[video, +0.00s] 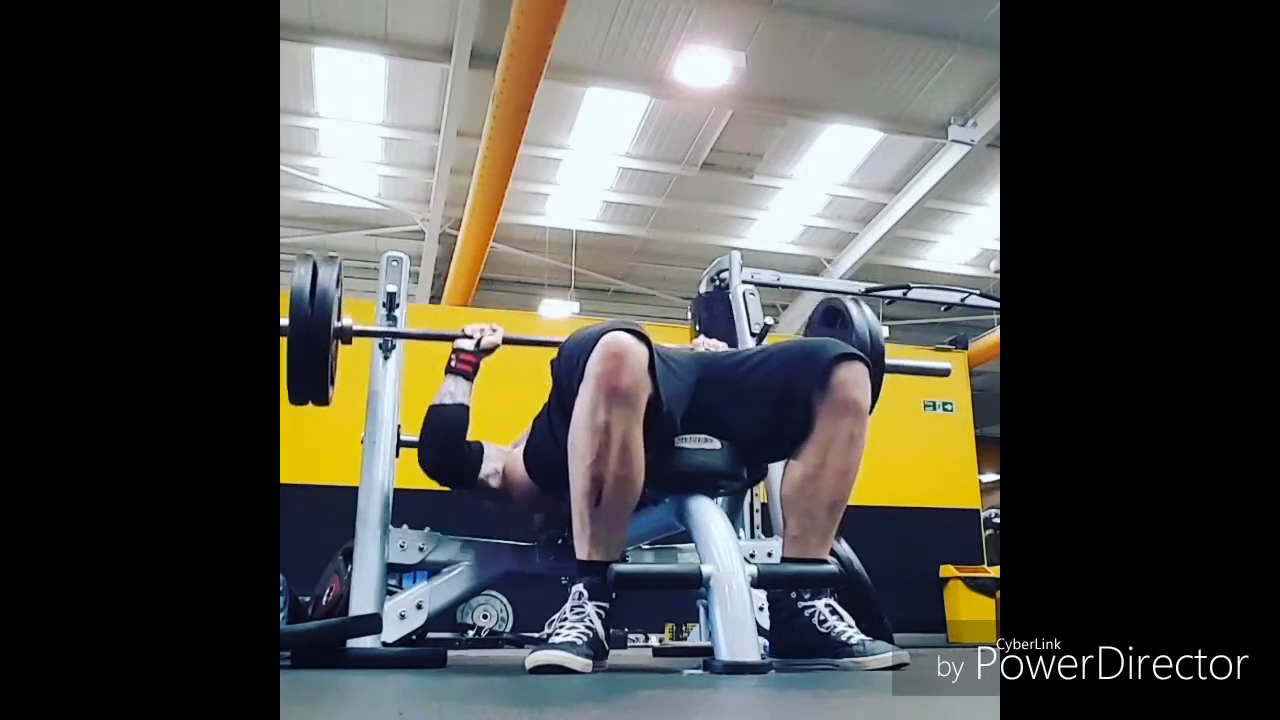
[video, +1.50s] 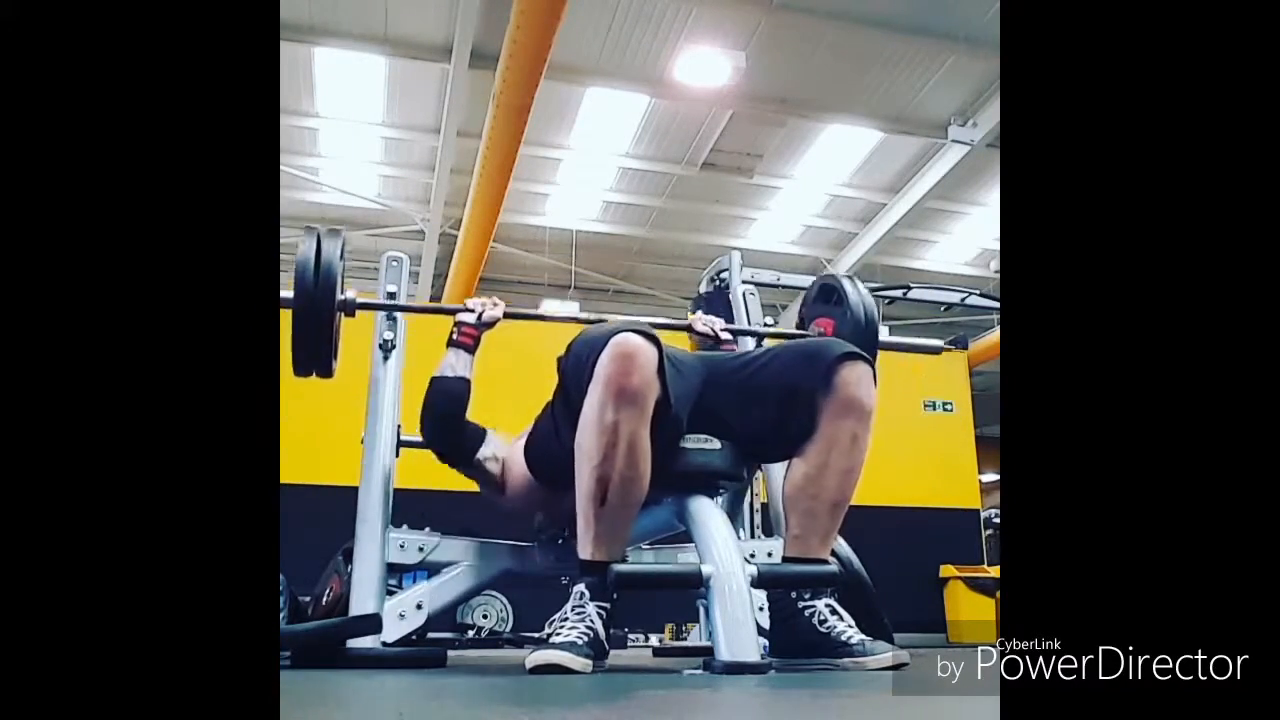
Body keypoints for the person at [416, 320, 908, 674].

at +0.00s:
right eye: (489, 476)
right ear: (499, 481)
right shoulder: (518, 472)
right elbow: (441, 452)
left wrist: (728, 356)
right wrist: (464, 361)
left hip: (701, 375)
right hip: (623, 358)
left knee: (845, 374)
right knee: (617, 355)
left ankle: (801, 607)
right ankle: (587, 604)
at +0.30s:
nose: (494, 437)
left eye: (496, 439)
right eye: (489, 447)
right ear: (496, 467)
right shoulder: (520, 474)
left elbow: (728, 393)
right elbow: (452, 393)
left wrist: (717, 328)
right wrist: (466, 297)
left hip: (686, 386)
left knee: (843, 375)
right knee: (624, 354)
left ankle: (800, 610)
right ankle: (586, 606)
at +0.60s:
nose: (500, 427)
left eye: (502, 427)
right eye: (493, 433)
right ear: (504, 455)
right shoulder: (527, 463)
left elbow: (718, 364)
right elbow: (476, 371)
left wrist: (711, 290)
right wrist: (468, 272)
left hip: (703, 383)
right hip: (627, 363)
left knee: (844, 373)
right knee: (618, 351)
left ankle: (799, 605)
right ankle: (585, 605)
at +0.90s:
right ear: (517, 479)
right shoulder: (513, 469)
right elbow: (434, 436)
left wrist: (719, 357)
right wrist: (464, 343)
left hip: (702, 391)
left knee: (846, 374)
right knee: (623, 355)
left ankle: (799, 608)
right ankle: (587, 606)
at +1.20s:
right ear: (499, 509)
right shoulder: (518, 483)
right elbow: (448, 506)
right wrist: (464, 416)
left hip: (704, 375)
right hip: (625, 357)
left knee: (851, 376)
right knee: (623, 358)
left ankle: (801, 607)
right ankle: (588, 607)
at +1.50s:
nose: (503, 485)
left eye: (502, 483)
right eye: (498, 484)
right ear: (501, 475)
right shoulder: (512, 462)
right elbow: (443, 425)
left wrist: (729, 352)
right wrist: (465, 338)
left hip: (704, 386)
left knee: (851, 378)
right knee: (630, 357)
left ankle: (798, 608)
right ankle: (587, 607)